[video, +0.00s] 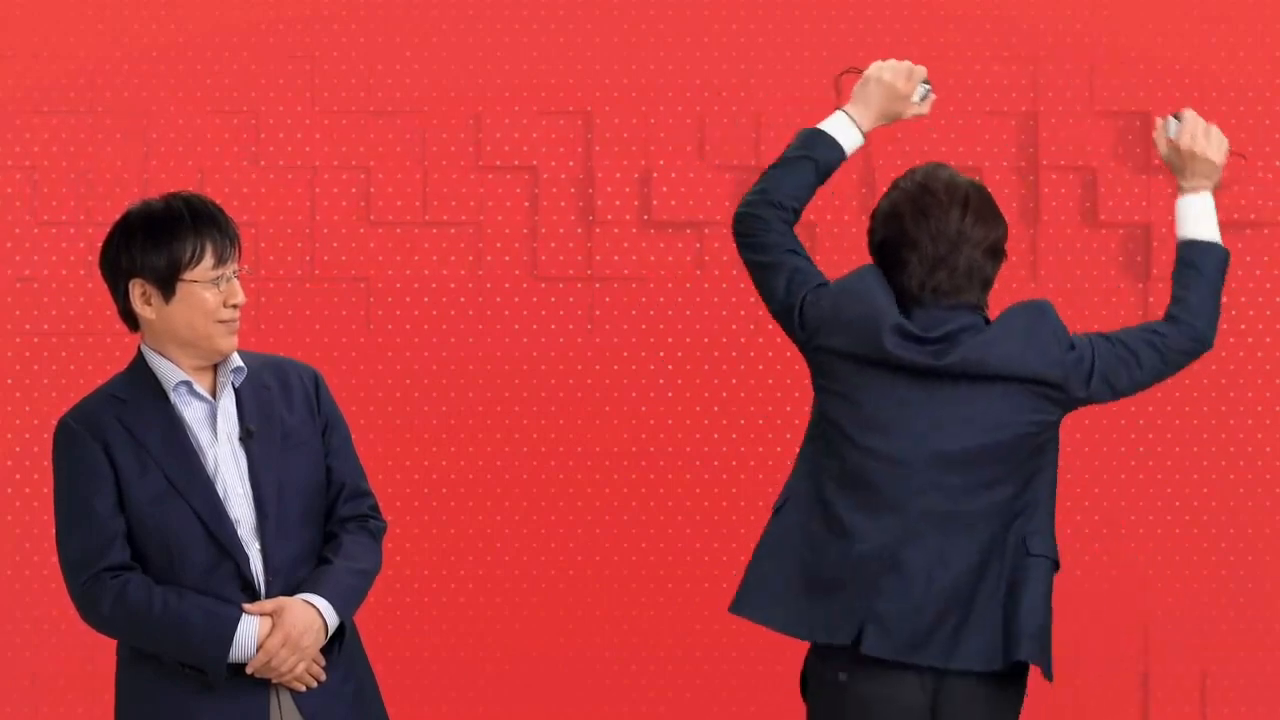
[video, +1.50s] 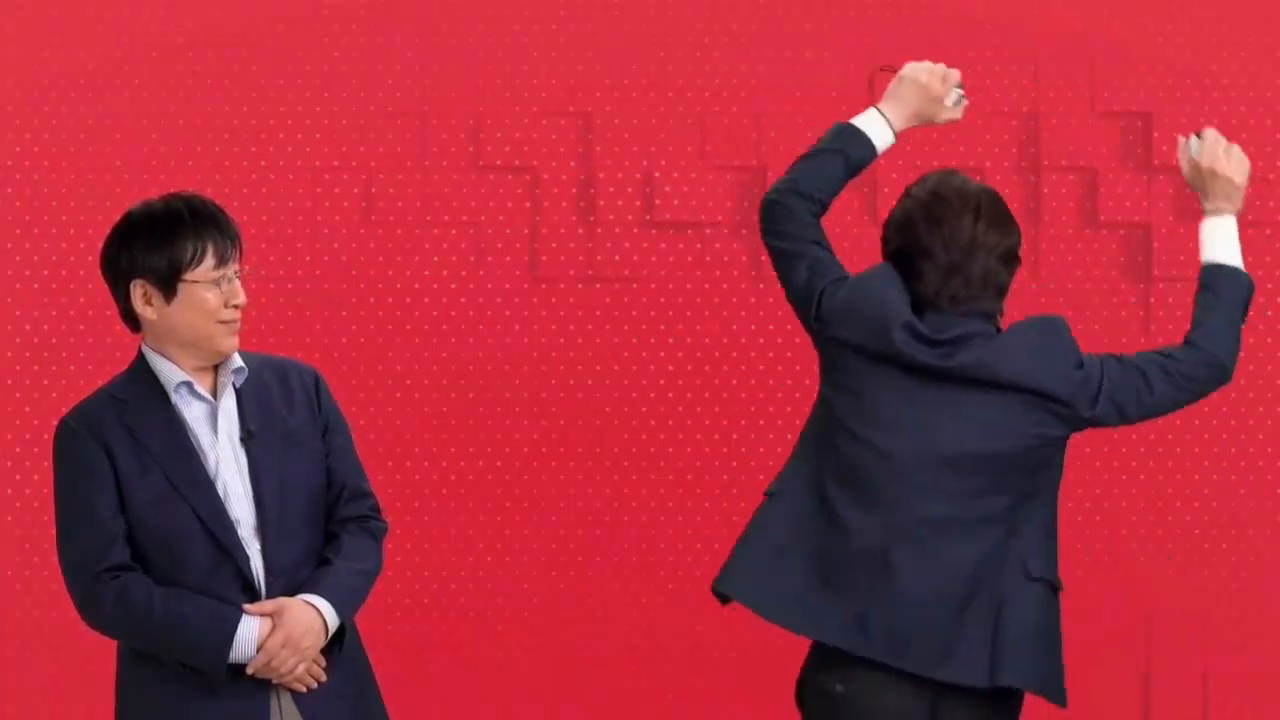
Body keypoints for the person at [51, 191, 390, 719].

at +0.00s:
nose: (237, 297)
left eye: (235, 277)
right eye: (213, 282)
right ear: (146, 300)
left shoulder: (300, 389)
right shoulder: (91, 433)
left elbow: (360, 524)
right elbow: (102, 589)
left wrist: (319, 612)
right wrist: (250, 639)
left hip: (333, 699)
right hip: (191, 707)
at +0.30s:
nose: (237, 297)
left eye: (235, 277)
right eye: (214, 282)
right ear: (146, 300)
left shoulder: (301, 389)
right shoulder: (91, 433)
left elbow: (361, 523)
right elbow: (103, 590)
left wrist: (320, 612)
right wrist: (250, 639)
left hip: (333, 700)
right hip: (191, 708)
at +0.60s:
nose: (240, 297)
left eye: (238, 277)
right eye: (218, 282)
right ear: (149, 300)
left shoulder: (303, 388)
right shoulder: (93, 432)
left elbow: (363, 524)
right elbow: (105, 590)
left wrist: (321, 612)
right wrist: (251, 639)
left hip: (335, 699)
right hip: (193, 707)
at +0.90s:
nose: (239, 298)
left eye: (237, 278)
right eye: (215, 283)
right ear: (148, 301)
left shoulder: (302, 390)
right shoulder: (92, 433)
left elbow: (363, 526)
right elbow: (104, 590)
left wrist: (320, 613)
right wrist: (252, 640)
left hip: (334, 701)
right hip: (193, 708)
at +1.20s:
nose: (237, 298)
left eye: (235, 278)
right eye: (213, 282)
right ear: (146, 300)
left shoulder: (301, 390)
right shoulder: (91, 434)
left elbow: (361, 526)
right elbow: (103, 592)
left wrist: (319, 613)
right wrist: (251, 640)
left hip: (333, 701)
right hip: (192, 708)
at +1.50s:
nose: (238, 298)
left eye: (236, 278)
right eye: (214, 283)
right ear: (147, 301)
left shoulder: (301, 390)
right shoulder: (91, 434)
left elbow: (361, 526)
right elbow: (104, 592)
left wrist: (320, 612)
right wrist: (250, 640)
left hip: (333, 700)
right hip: (192, 708)